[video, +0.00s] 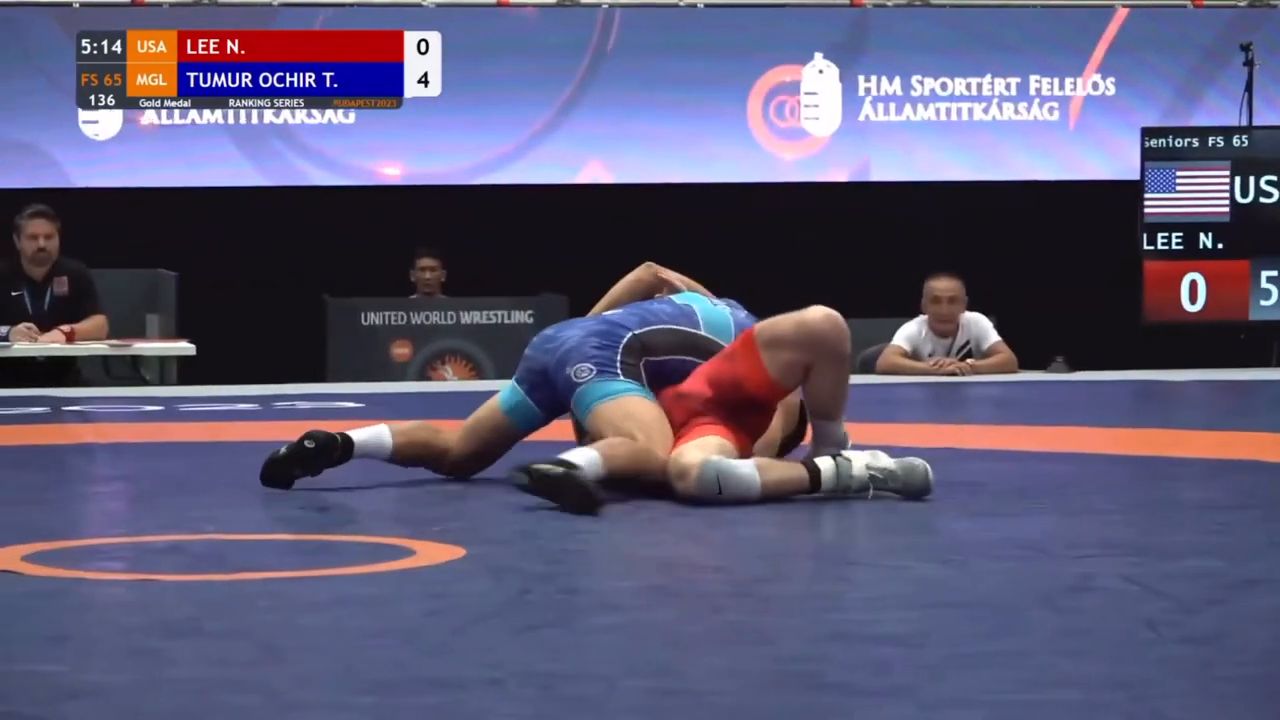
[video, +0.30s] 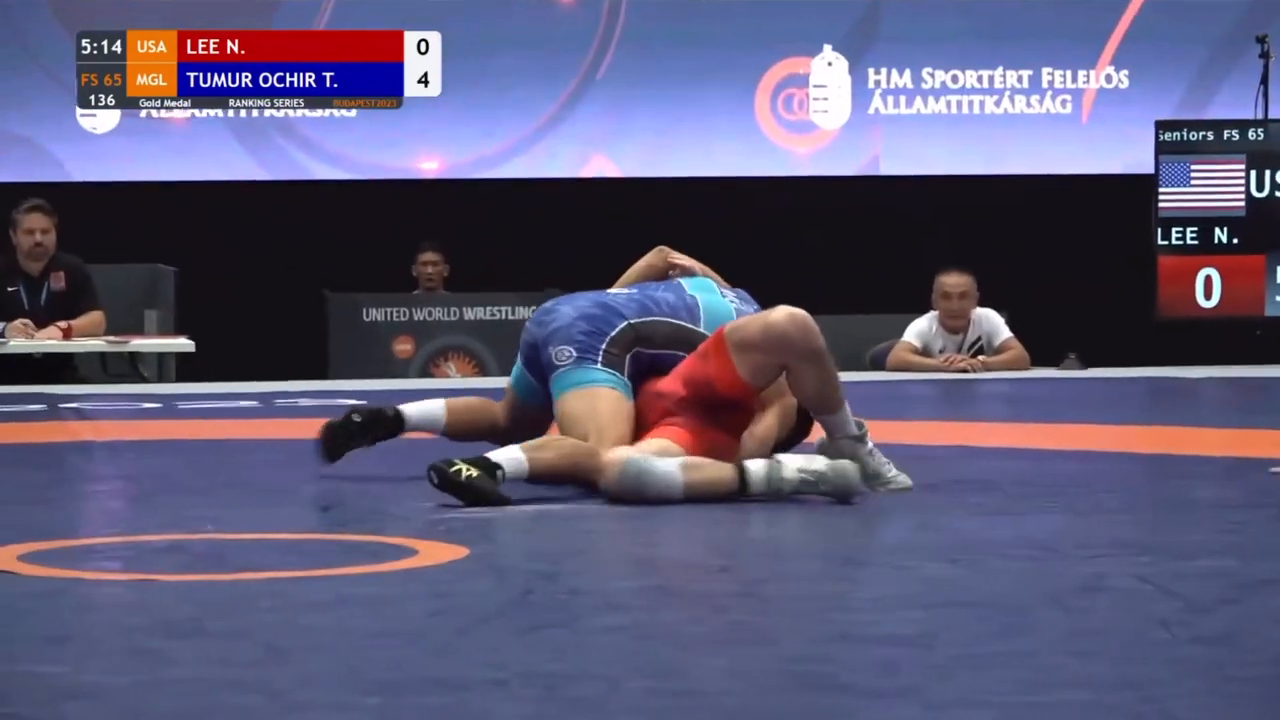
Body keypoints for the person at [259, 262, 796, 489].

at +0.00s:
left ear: (752, 320)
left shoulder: (723, 309)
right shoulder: (776, 362)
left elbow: (653, 269)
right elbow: (783, 428)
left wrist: (587, 326)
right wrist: (757, 467)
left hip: (552, 339)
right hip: (611, 346)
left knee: (461, 450)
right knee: (648, 451)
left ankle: (343, 441)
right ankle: (573, 465)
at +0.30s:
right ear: (806, 356)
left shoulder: (730, 297)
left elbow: (666, 252)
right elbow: (754, 443)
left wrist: (603, 309)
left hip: (551, 315)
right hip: (593, 333)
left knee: (513, 420)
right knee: (599, 452)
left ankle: (394, 415)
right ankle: (494, 463)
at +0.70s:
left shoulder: (730, 272)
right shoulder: (776, 346)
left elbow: (661, 221)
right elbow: (754, 422)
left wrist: (602, 279)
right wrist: (741, 469)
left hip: (533, 296)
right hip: (568, 320)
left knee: (542, 382)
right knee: (569, 436)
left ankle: (415, 421)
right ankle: (465, 460)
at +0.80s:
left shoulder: (731, 264)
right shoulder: (782, 344)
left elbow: (661, 212)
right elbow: (746, 435)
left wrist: (598, 270)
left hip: (533, 281)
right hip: (563, 309)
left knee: (546, 378)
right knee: (565, 433)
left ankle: (415, 414)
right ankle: (459, 457)